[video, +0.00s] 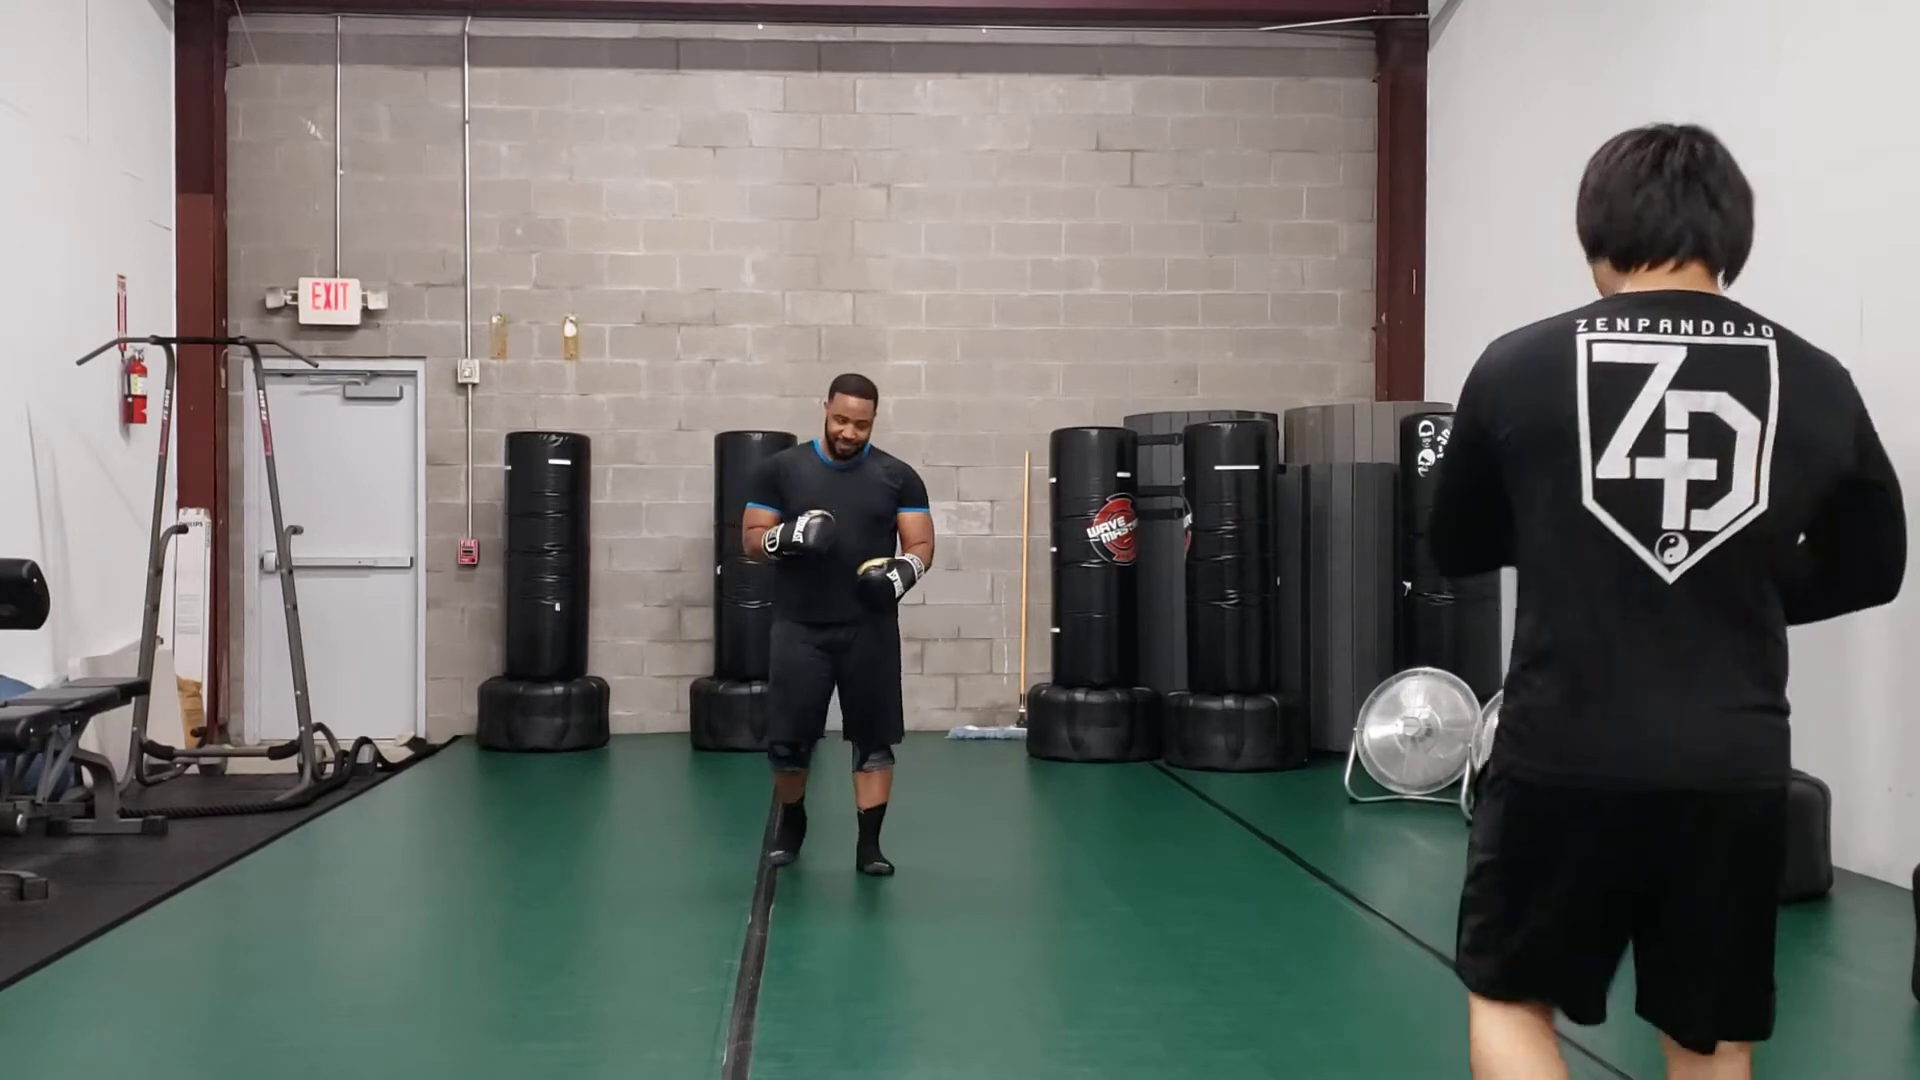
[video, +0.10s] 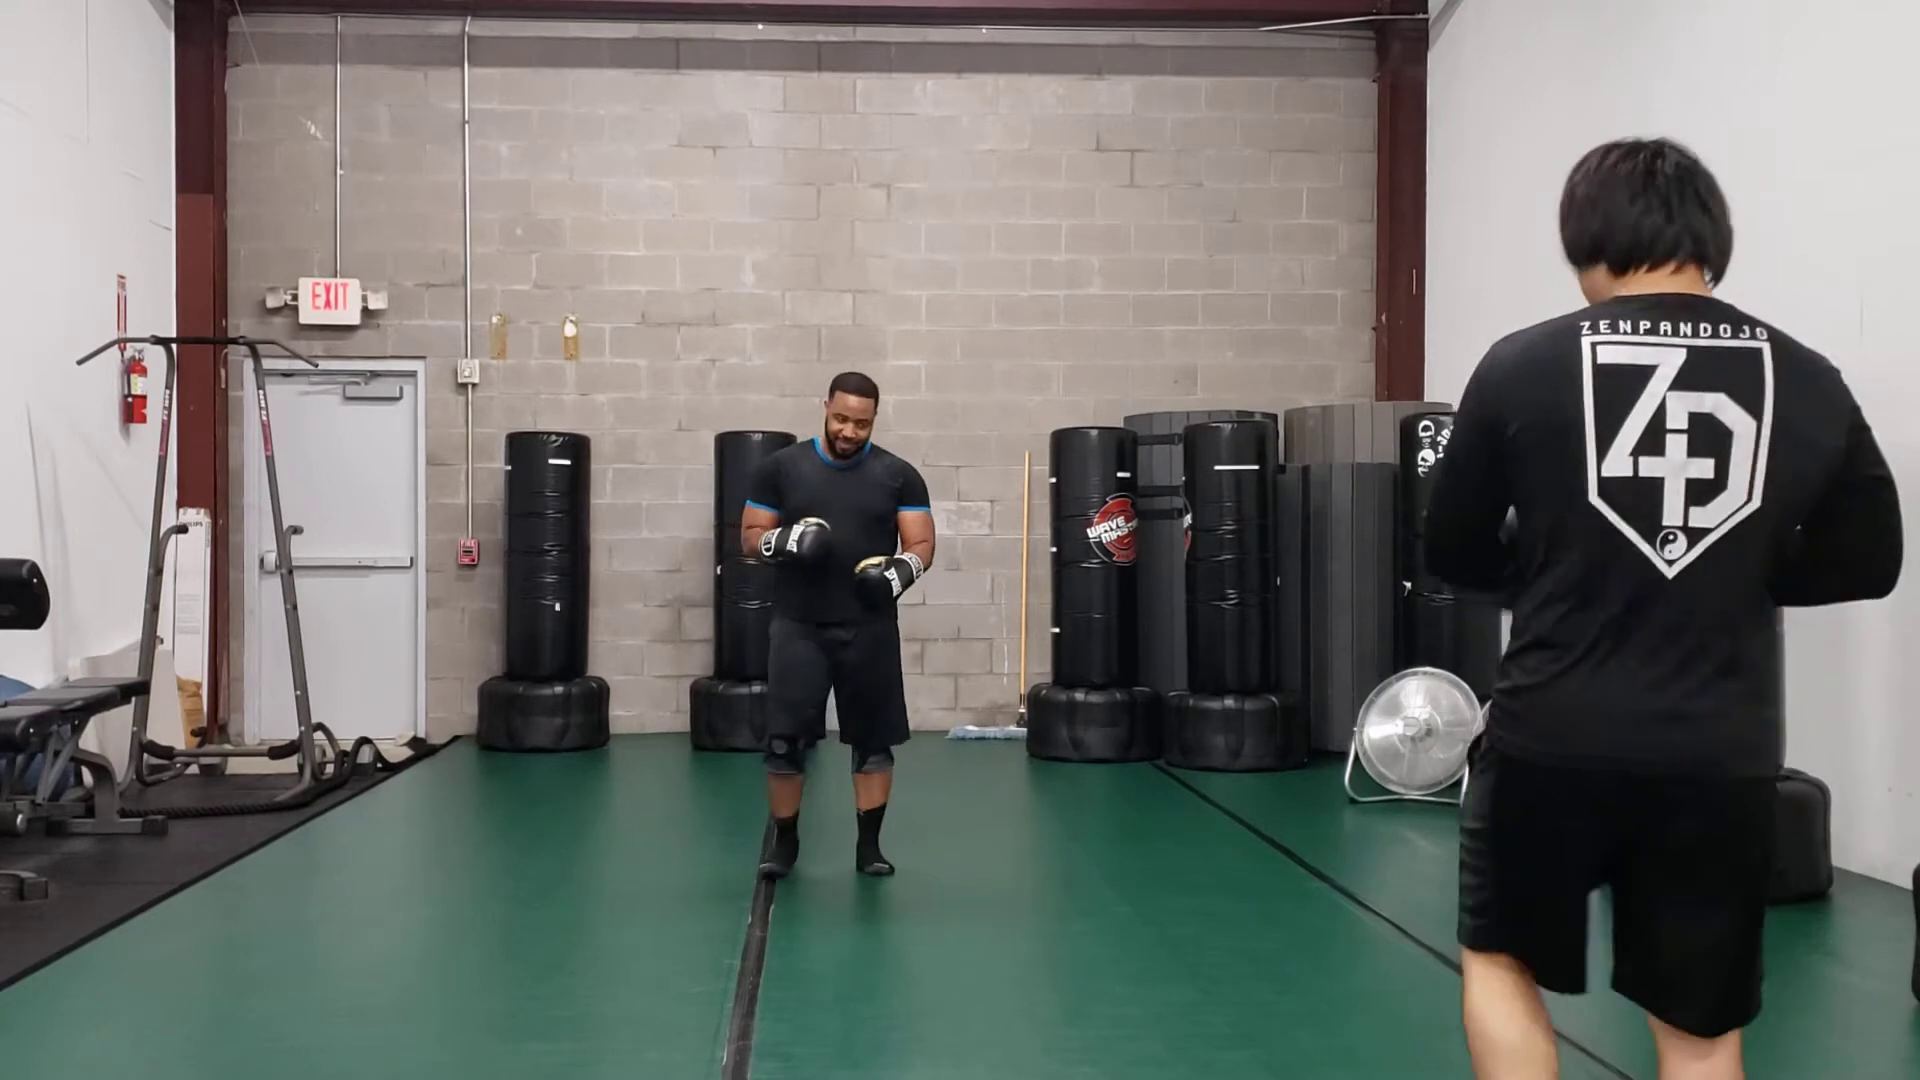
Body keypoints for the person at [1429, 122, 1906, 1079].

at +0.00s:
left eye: (1594, 235)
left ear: (1597, 242)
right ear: (1730, 242)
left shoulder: (1521, 366)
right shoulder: (1811, 375)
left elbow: (1455, 546)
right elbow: (1871, 565)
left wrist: (1569, 512)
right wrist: (1743, 586)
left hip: (1560, 762)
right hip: (1731, 773)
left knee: (1509, 995)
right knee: (1711, 1039)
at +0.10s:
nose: (1576, 267)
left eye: (1578, 248)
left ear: (1589, 247)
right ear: (1713, 246)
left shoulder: (1522, 367)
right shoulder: (1804, 376)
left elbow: (1454, 548)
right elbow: (1869, 558)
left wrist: (1563, 563)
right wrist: (1726, 559)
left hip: (1549, 748)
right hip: (1719, 760)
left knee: (1500, 952)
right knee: (1703, 1031)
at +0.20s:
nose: (1554, 295)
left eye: (1553, 276)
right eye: (1552, 278)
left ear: (1570, 268)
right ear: (1684, 260)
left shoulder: (1515, 380)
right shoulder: (1782, 382)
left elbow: (1462, 568)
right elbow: (1839, 567)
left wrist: (1549, 603)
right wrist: (1710, 549)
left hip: (1547, 748)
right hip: (1708, 754)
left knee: (1500, 961)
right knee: (1692, 1008)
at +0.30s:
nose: (1526, 326)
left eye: (1524, 307)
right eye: (1522, 310)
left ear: (1539, 297)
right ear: (1648, 283)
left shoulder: (1495, 398)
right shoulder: (1749, 393)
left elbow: (1452, 579)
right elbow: (1784, 580)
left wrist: (1526, 633)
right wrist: (1675, 550)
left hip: (1533, 747)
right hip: (1685, 751)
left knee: (1502, 971)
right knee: (1681, 1007)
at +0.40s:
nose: (1493, 346)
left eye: (1491, 329)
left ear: (1500, 322)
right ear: (1609, 302)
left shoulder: (1456, 417)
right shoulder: (1709, 407)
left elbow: (1426, 594)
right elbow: (1741, 586)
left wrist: (1505, 645)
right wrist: (1644, 565)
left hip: (1511, 745)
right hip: (1658, 744)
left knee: (1493, 969)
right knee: (1670, 994)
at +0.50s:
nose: (1463, 345)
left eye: (1462, 330)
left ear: (1469, 326)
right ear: (1575, 306)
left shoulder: (1432, 411)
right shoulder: (1673, 399)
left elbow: (1392, 574)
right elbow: (1705, 565)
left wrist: (1482, 608)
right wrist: (1609, 579)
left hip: (1483, 733)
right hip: (1623, 731)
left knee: (1476, 950)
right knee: (1653, 956)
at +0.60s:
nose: (1442, 339)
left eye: (1440, 326)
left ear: (1447, 326)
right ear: (1551, 307)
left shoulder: (1409, 410)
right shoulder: (1641, 394)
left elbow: (1375, 566)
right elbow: (1674, 563)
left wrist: (1457, 609)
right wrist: (1584, 584)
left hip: (1468, 722)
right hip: (1601, 716)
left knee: (1474, 937)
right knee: (1625, 918)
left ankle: (1477, 1079)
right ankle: (1630, 1074)